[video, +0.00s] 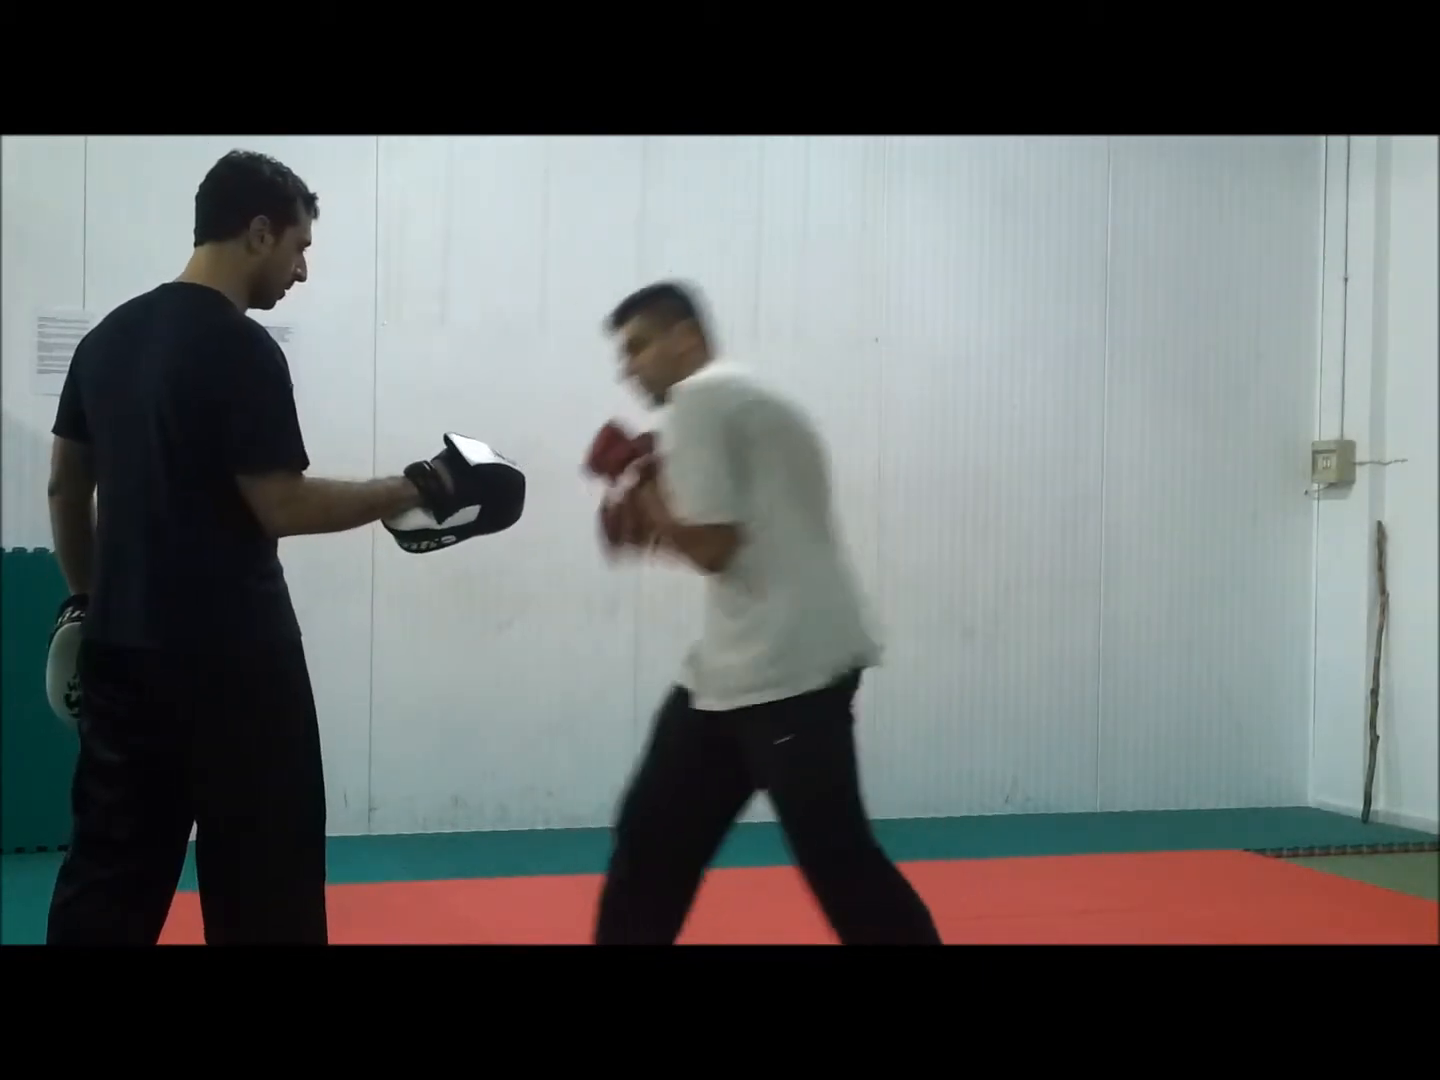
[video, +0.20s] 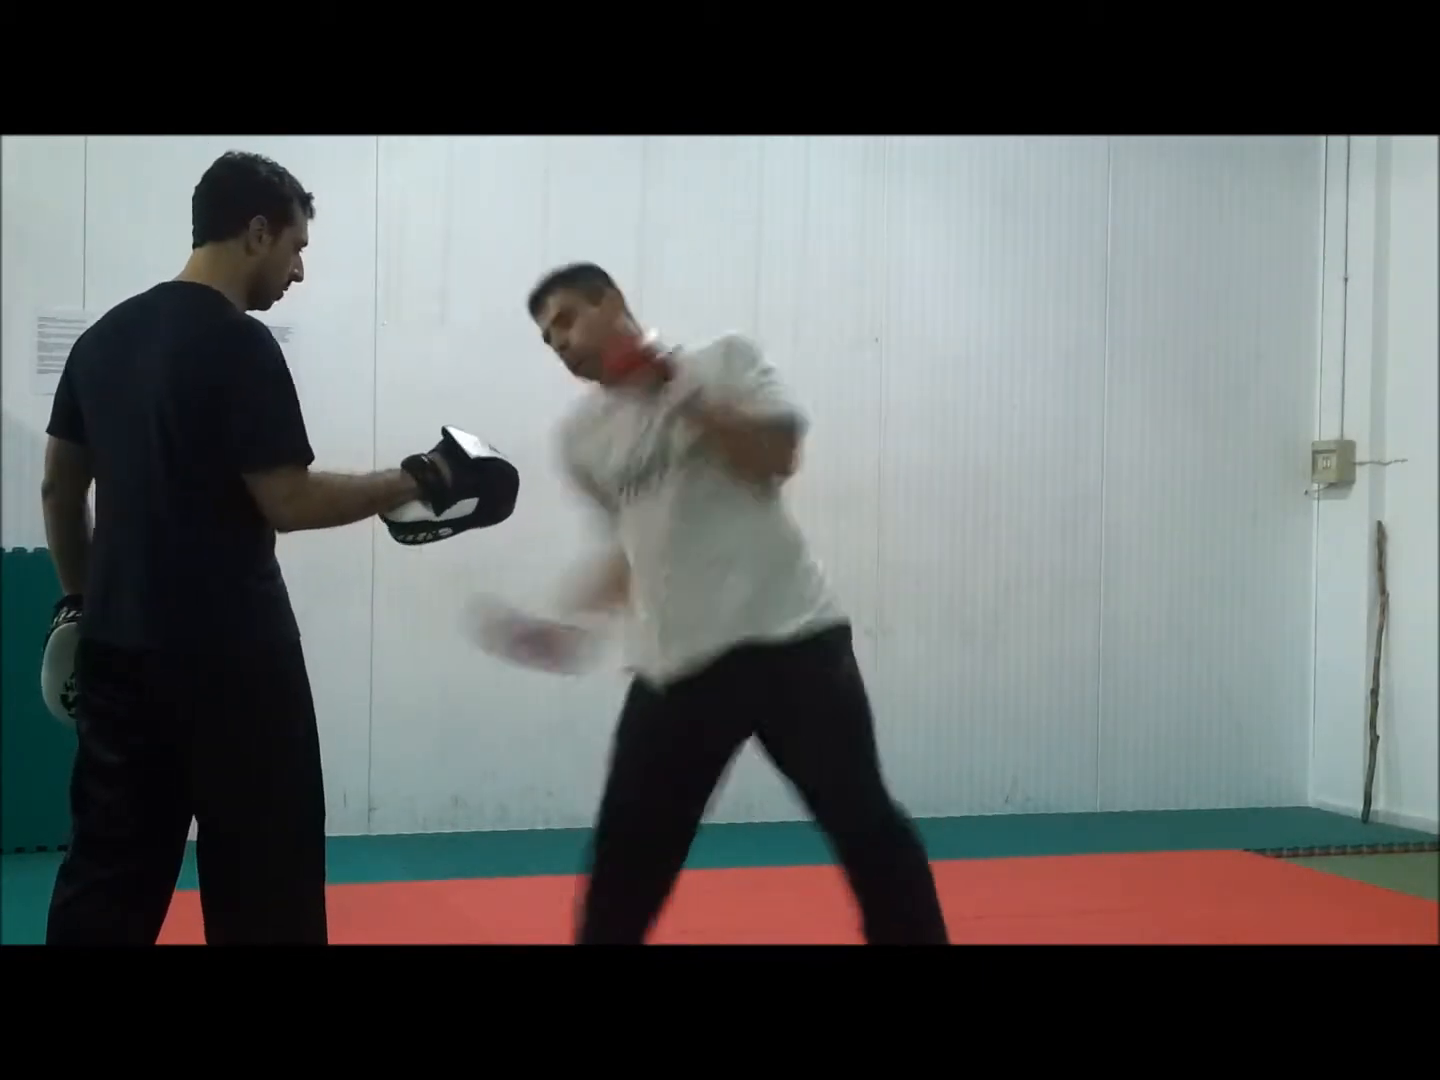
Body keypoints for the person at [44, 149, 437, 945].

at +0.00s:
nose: (304, 269)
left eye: (307, 249)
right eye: (303, 245)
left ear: (212, 230)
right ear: (260, 231)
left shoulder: (107, 338)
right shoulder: (243, 349)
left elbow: (66, 490)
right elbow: (282, 505)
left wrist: (86, 602)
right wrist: (412, 489)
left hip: (123, 661)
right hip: (238, 664)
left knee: (105, 885)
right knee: (268, 891)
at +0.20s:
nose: (300, 270)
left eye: (304, 249)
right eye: (298, 245)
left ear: (217, 231)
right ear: (255, 231)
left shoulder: (103, 337)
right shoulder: (241, 345)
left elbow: (60, 487)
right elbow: (287, 499)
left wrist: (78, 602)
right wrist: (414, 480)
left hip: (120, 657)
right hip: (237, 658)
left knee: (106, 880)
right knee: (268, 887)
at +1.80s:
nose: (290, 263)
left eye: (291, 244)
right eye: (281, 241)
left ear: (220, 234)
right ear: (228, 230)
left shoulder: (127, 337)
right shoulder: (206, 334)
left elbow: (90, 488)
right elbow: (294, 413)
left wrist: (95, 599)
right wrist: (409, 395)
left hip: (130, 645)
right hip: (220, 644)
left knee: (121, 866)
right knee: (263, 871)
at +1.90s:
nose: (282, 261)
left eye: (284, 241)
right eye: (274, 238)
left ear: (213, 231)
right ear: (221, 228)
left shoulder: (126, 335)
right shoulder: (206, 329)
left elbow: (91, 490)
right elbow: (314, 369)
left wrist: (103, 602)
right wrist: (410, 339)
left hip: (134, 646)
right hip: (222, 647)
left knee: (120, 867)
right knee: (259, 874)